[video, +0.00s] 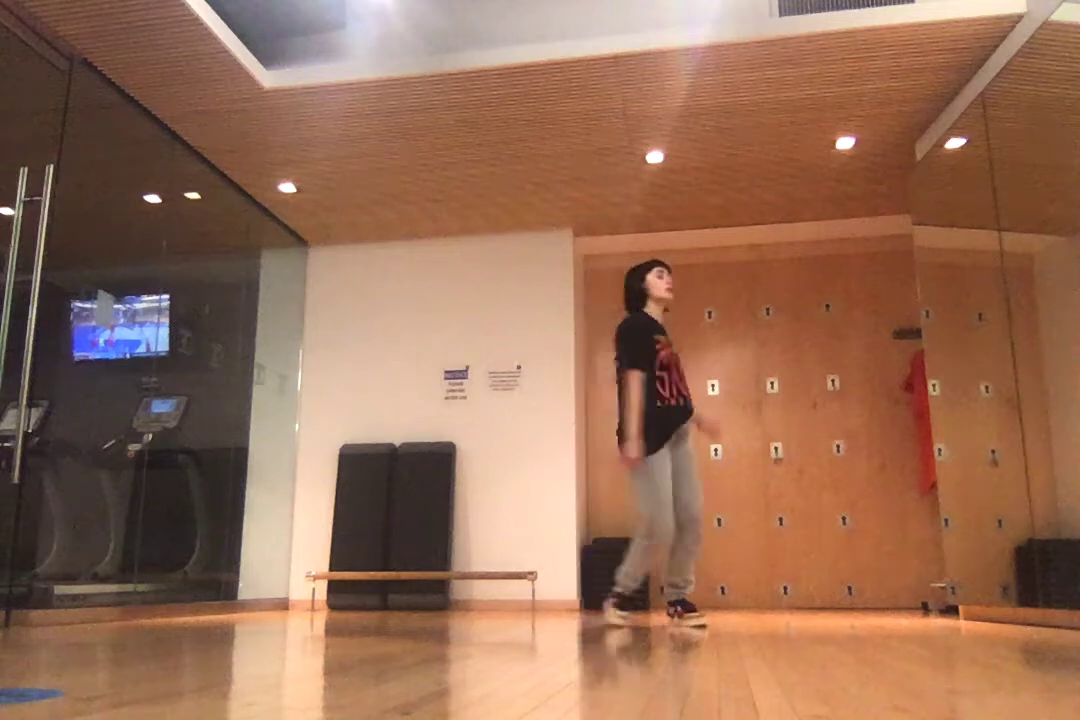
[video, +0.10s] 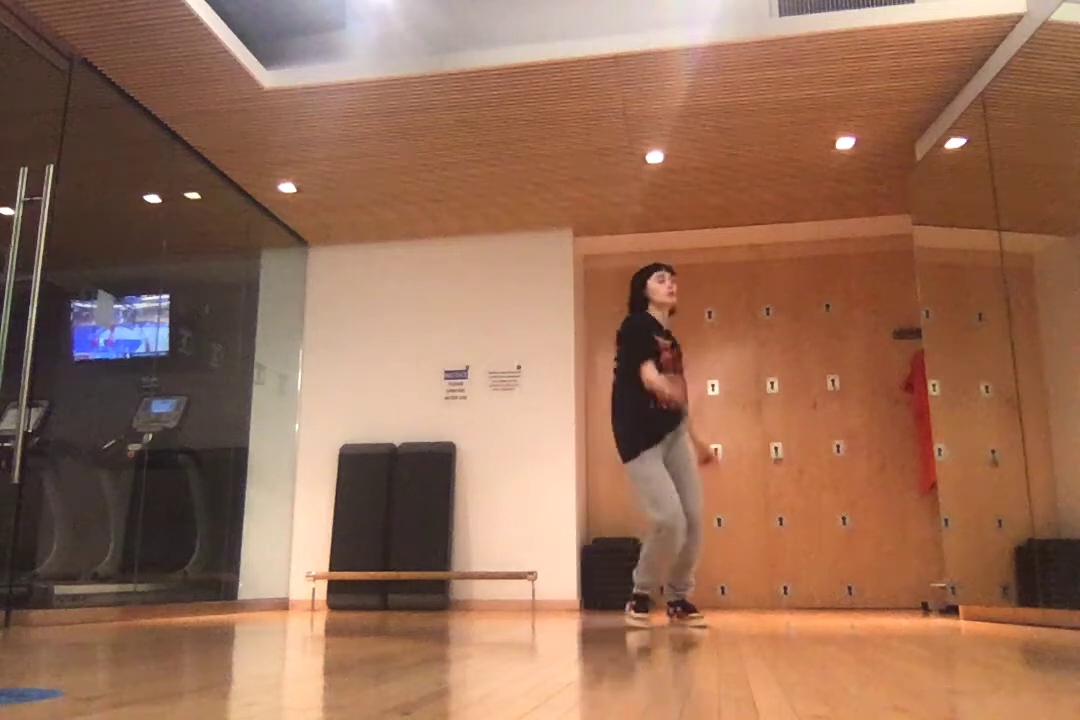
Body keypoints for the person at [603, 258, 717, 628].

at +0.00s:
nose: (669, 280)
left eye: (669, 275)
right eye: (660, 275)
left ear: (665, 287)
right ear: (642, 285)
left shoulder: (659, 328)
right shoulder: (634, 326)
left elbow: (670, 382)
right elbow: (633, 382)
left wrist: (697, 417)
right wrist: (632, 436)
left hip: (677, 431)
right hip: (648, 437)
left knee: (689, 518)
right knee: (658, 524)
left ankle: (678, 600)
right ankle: (620, 596)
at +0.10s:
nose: (670, 285)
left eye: (673, 279)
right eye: (661, 279)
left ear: (676, 290)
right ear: (643, 289)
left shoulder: (668, 338)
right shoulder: (636, 326)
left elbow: (680, 398)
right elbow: (645, 373)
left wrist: (698, 444)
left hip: (673, 431)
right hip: (639, 439)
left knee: (692, 516)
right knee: (669, 518)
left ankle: (677, 598)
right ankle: (641, 595)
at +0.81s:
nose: (608, 279)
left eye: (613, 272)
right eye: (600, 271)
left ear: (618, 279)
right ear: (584, 276)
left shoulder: (609, 313)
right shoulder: (586, 310)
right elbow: (576, 276)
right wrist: (571, 226)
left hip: (659, 418)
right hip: (636, 420)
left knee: (658, 514)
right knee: (638, 511)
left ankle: (620, 601)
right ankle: (602, 604)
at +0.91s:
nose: (618, 284)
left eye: (622, 278)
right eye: (611, 276)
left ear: (623, 282)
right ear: (593, 278)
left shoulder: (605, 310)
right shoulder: (584, 309)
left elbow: (578, 266)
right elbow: (581, 270)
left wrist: (580, 228)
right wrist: (586, 221)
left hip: (656, 413)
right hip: (628, 421)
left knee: (683, 504)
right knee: (650, 512)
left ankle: (649, 590)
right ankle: (606, 600)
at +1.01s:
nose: (642, 298)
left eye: (646, 291)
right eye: (635, 288)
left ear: (648, 294)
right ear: (610, 288)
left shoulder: (636, 334)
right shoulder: (590, 331)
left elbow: (667, 376)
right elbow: (579, 337)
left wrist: (707, 385)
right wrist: (599, 303)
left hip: (636, 433)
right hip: (602, 442)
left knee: (696, 505)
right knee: (646, 521)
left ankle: (720, 595)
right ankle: (605, 603)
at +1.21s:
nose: (673, 326)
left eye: (675, 320)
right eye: (663, 322)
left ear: (681, 326)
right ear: (649, 331)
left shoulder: (661, 370)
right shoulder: (631, 374)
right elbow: (585, 427)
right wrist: (581, 482)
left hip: (624, 457)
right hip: (585, 457)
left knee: (678, 523)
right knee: (628, 519)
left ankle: (729, 600)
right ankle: (608, 608)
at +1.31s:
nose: (661, 300)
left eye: (661, 293)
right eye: (651, 294)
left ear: (667, 301)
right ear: (639, 303)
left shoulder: (653, 346)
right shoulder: (631, 345)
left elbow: (626, 388)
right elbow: (599, 382)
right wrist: (572, 418)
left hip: (620, 447)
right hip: (588, 446)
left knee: (665, 519)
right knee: (628, 518)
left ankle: (720, 595)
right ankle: (608, 607)